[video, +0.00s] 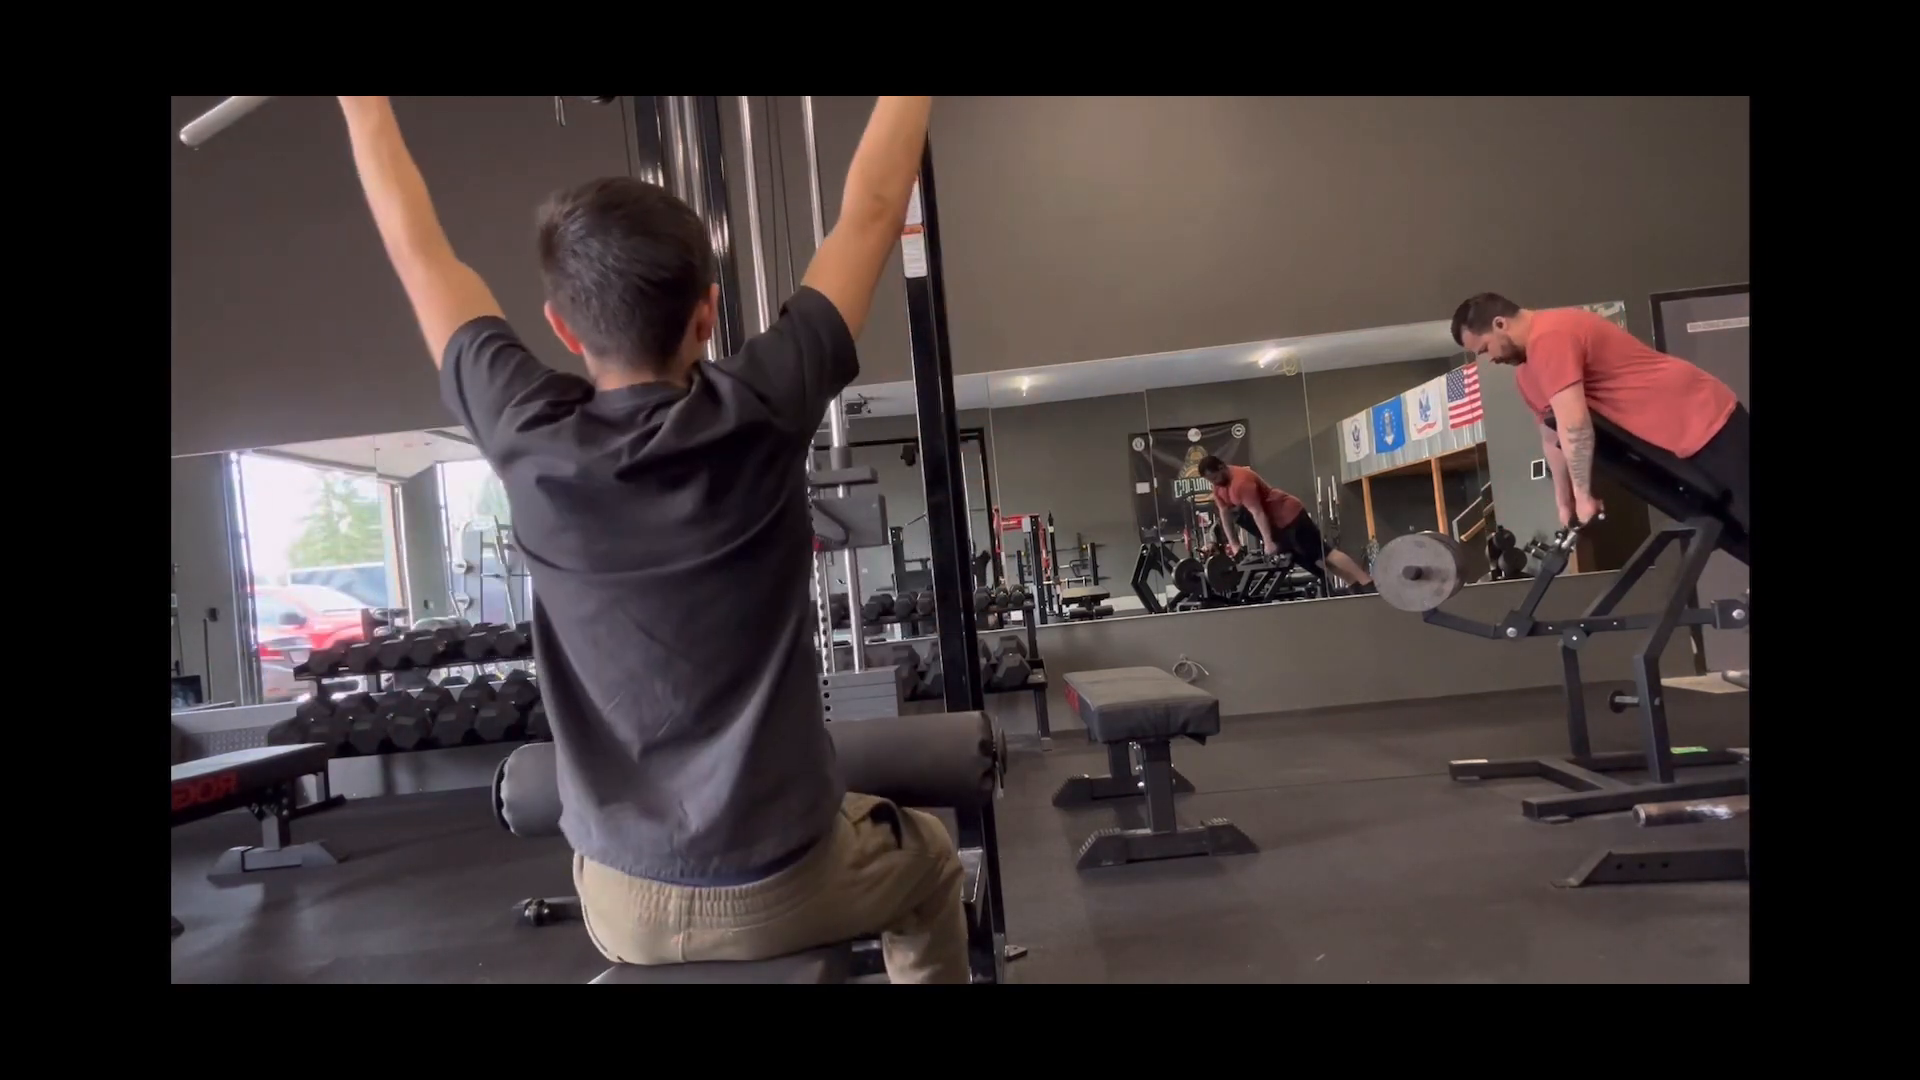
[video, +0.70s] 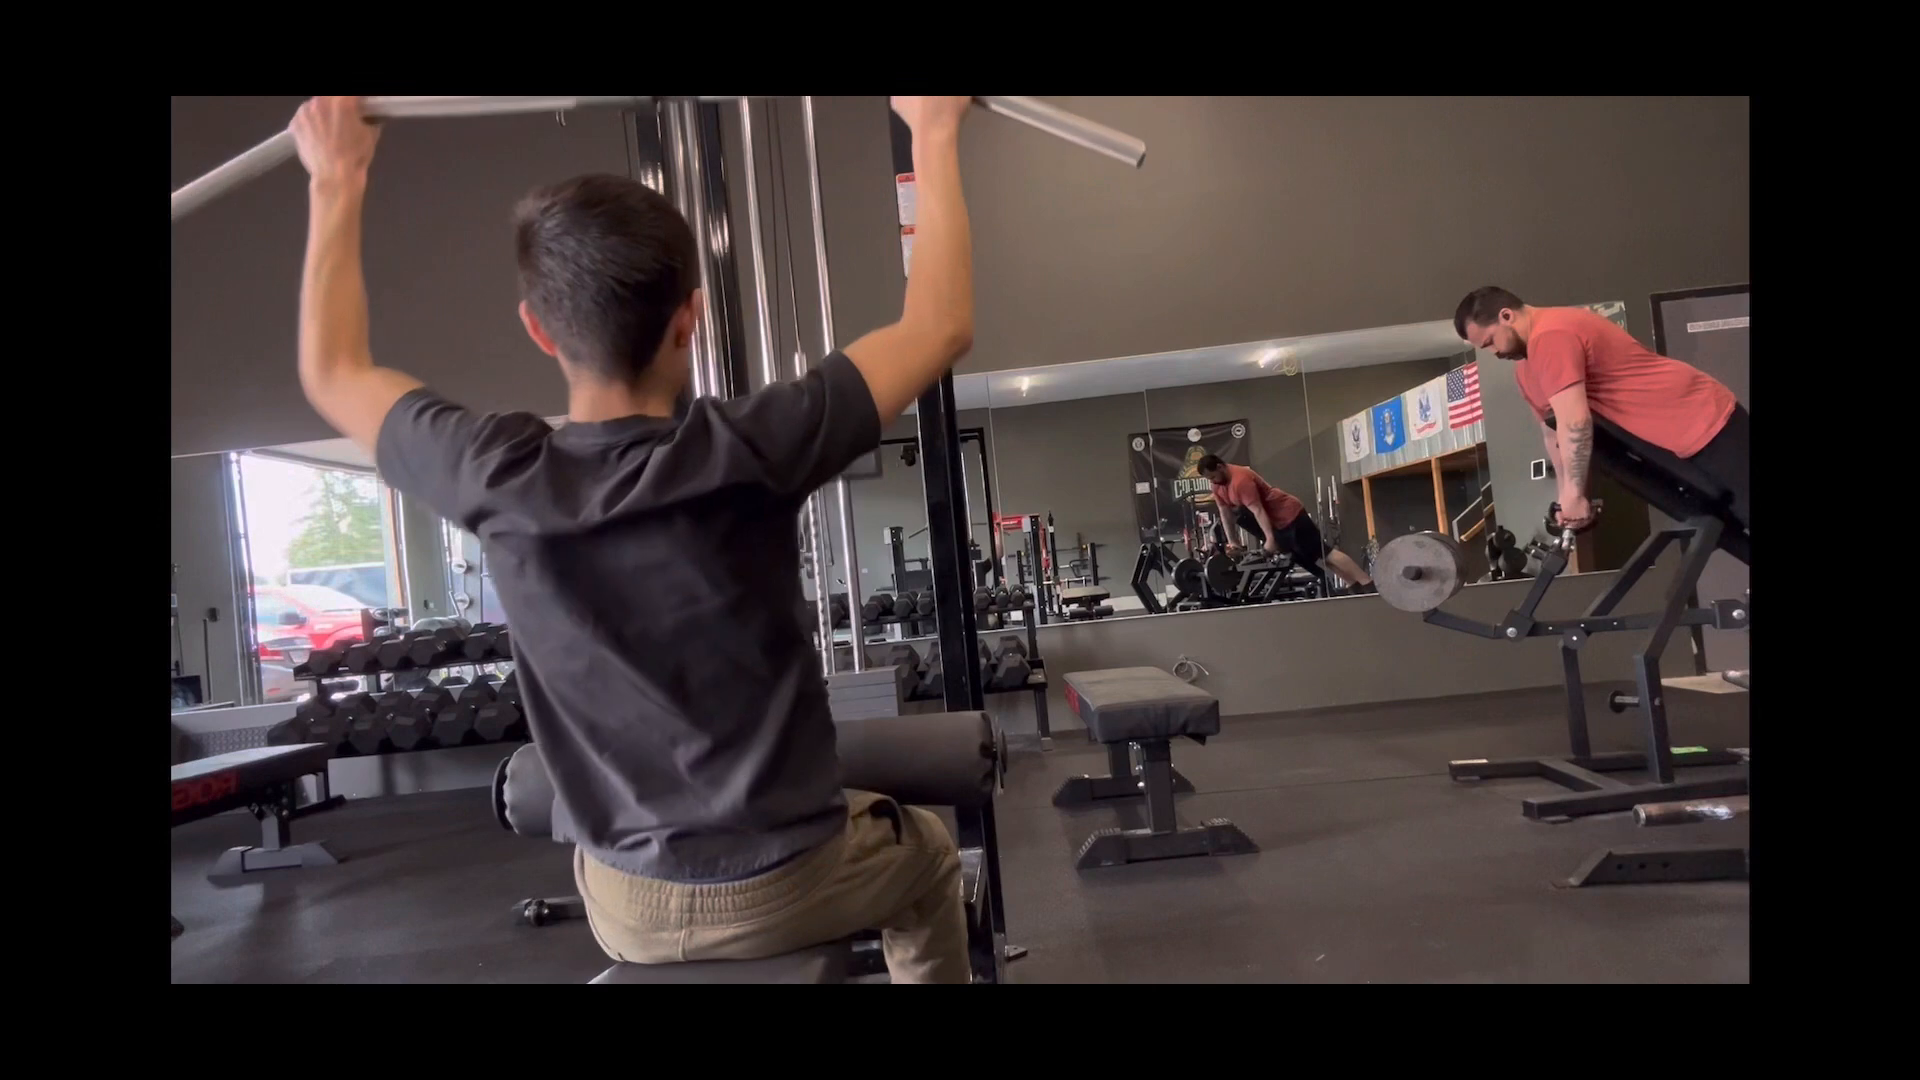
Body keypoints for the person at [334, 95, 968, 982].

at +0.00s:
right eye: (714, 296)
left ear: (562, 331)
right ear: (707, 319)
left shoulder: (532, 438)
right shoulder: (763, 409)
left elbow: (418, 250)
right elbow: (873, 216)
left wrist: (359, 100)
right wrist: (910, 84)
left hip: (618, 904)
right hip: (778, 897)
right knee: (924, 856)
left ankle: (635, 966)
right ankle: (936, 977)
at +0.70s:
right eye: (700, 300)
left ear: (535, 330)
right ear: (692, 319)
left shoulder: (495, 471)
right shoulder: (753, 445)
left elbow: (330, 367)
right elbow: (938, 329)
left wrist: (333, 179)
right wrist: (936, 136)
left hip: (618, 906)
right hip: (783, 897)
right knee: (924, 856)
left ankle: (637, 974)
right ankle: (934, 980)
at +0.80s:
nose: (680, 330)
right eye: (681, 310)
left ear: (510, 343)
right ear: (668, 331)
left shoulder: (470, 503)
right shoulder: (739, 472)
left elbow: (290, 427)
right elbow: (954, 382)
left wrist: (307, 233)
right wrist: (937, 180)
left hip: (616, 915)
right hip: (780, 900)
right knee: (924, 858)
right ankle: (931, 980)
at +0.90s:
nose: (671, 347)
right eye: (670, 328)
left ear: (493, 357)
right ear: (652, 345)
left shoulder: (446, 528)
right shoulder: (724, 497)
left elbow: (263, 513)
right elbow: (967, 455)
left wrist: (296, 312)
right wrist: (943, 255)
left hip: (610, 927)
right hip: (777, 912)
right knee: (922, 857)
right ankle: (931, 980)